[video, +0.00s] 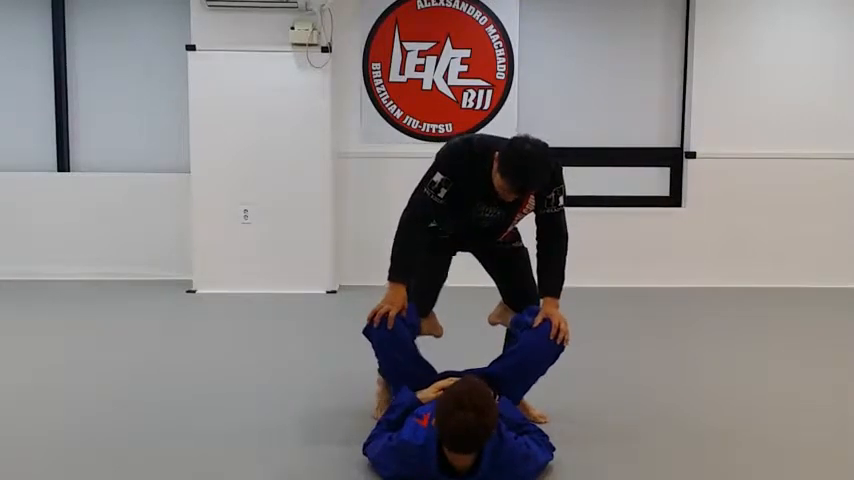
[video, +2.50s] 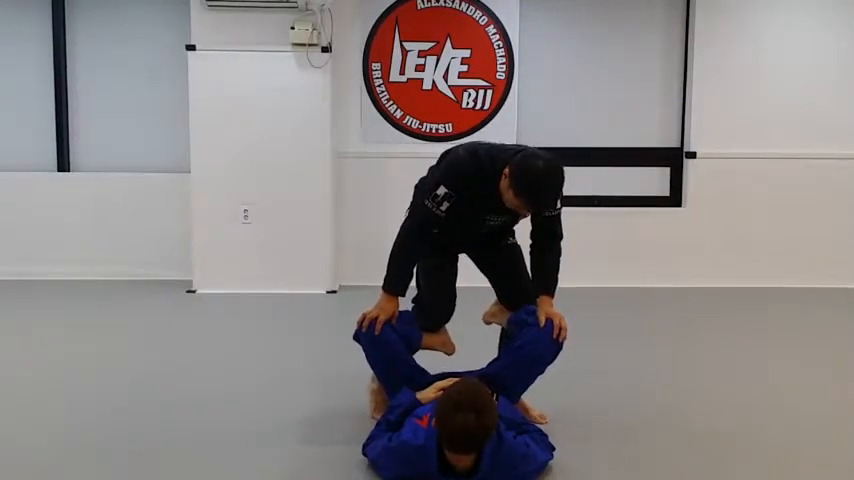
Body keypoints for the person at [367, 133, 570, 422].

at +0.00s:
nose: (510, 197)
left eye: (518, 194)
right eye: (506, 189)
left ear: (536, 182)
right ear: (496, 163)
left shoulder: (547, 175)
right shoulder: (459, 156)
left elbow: (553, 235)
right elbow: (413, 217)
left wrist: (551, 302)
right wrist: (396, 286)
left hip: (497, 236)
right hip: (440, 233)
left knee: (529, 310)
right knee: (413, 311)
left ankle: (509, 394)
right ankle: (387, 381)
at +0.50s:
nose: (501, 203)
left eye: (509, 202)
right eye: (496, 197)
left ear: (528, 187)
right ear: (488, 170)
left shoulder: (543, 174)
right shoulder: (455, 157)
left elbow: (551, 235)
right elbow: (408, 218)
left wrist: (550, 300)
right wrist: (387, 288)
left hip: (496, 233)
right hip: (439, 230)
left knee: (529, 308)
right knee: (414, 308)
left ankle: (509, 393)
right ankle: (382, 377)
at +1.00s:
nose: (498, 211)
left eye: (506, 208)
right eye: (494, 202)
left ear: (527, 196)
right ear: (487, 174)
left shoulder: (538, 188)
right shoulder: (455, 157)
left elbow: (508, 243)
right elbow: (409, 218)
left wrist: (463, 283)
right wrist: (388, 289)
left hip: (494, 235)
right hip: (440, 228)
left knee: (525, 309)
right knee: (412, 306)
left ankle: (508, 391)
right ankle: (386, 379)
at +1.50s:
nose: (502, 204)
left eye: (511, 202)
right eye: (499, 197)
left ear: (531, 188)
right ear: (490, 172)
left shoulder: (542, 177)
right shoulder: (455, 159)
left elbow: (548, 233)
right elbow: (408, 222)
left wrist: (546, 293)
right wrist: (387, 292)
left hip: (493, 230)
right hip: (439, 228)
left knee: (524, 301)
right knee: (420, 306)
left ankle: (508, 390)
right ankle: (382, 375)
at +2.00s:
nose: (527, 209)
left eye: (534, 204)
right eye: (523, 200)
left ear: (548, 191)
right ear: (508, 175)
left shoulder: (547, 181)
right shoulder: (465, 163)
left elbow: (548, 238)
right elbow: (417, 226)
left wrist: (546, 298)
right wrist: (392, 295)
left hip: (493, 233)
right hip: (442, 231)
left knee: (526, 305)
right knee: (437, 313)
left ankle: (508, 392)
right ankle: (384, 373)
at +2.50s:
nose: (522, 215)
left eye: (529, 211)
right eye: (518, 206)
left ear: (547, 194)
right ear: (506, 177)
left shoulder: (545, 181)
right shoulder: (462, 165)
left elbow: (547, 239)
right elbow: (413, 228)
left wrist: (546, 299)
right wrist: (390, 296)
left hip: (491, 231)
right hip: (439, 230)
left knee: (525, 304)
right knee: (436, 311)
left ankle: (508, 392)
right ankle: (385, 373)